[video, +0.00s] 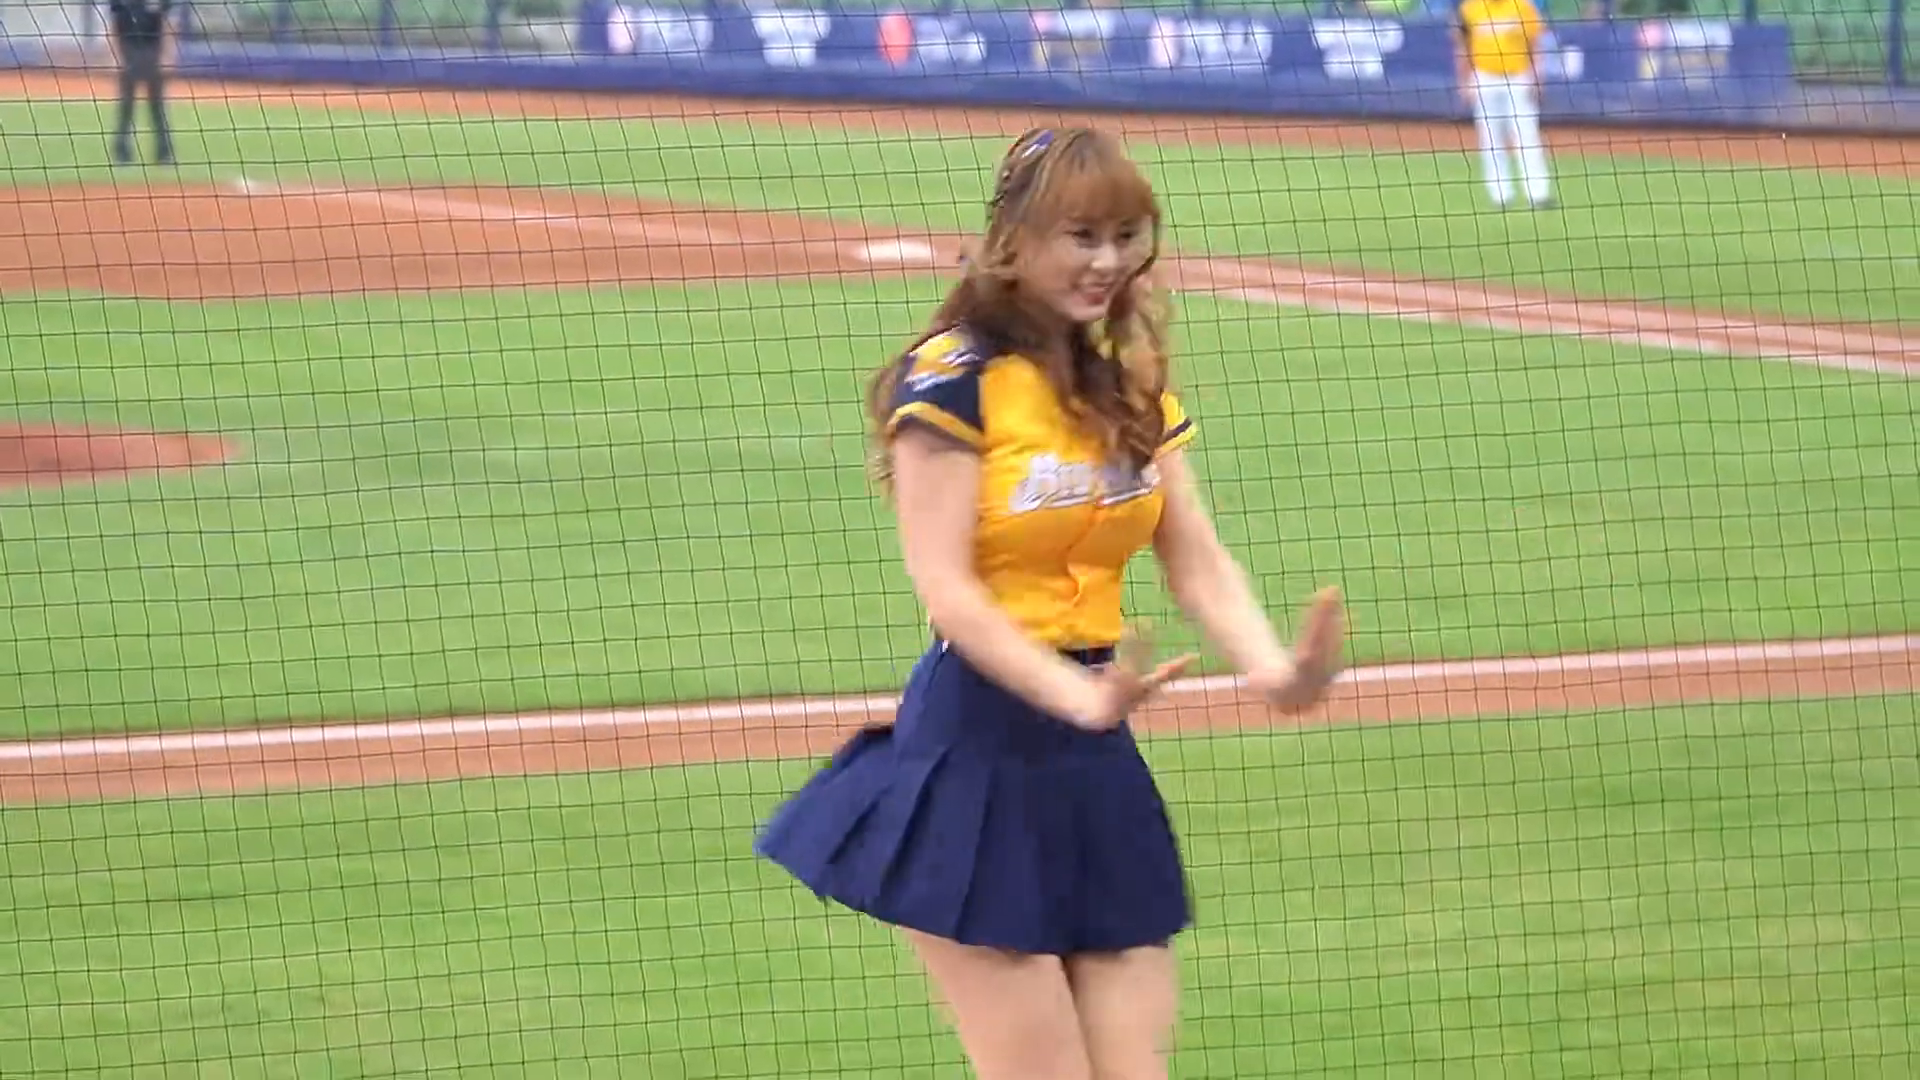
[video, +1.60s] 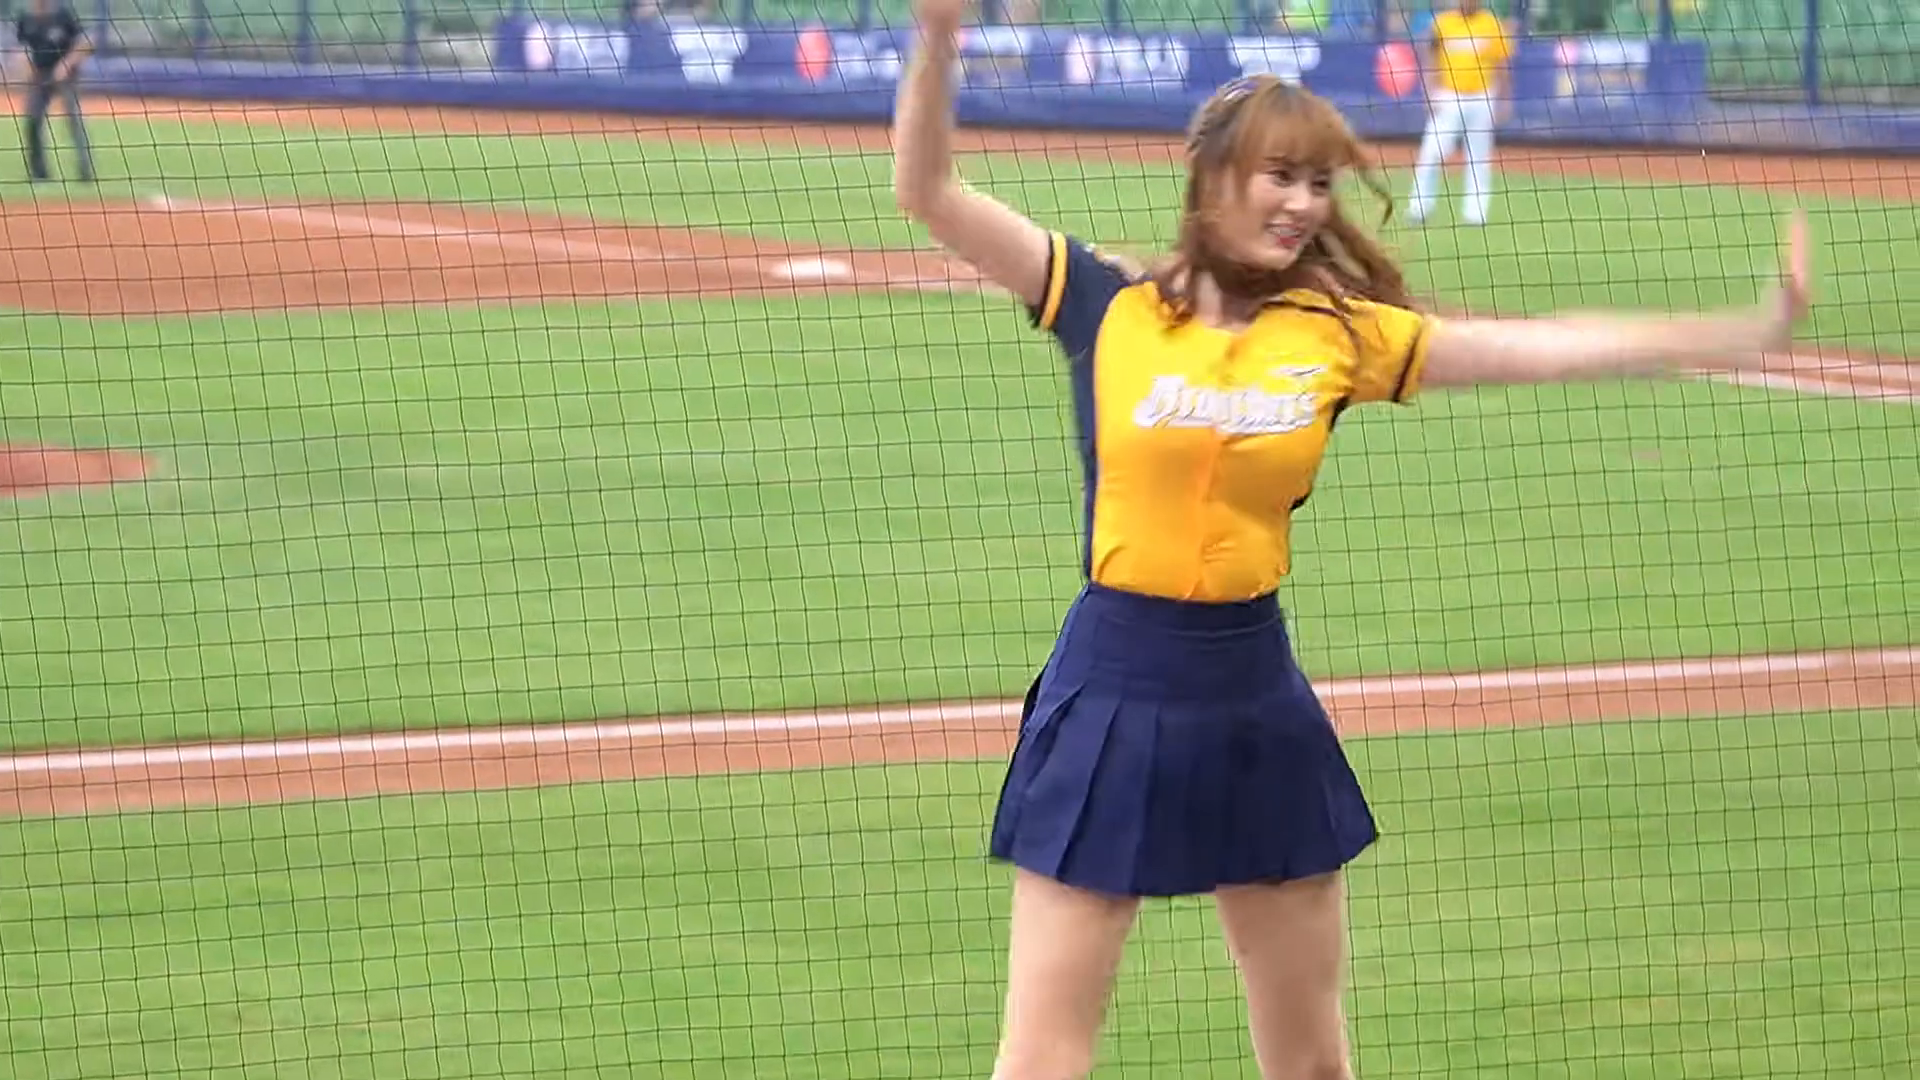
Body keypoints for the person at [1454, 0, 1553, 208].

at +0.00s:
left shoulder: (1521, 6)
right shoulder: (1468, 9)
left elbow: (1535, 40)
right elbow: (1461, 47)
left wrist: (1537, 76)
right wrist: (1464, 81)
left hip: (1519, 75)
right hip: (1484, 77)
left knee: (1527, 134)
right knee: (1491, 138)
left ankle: (1538, 190)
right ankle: (1500, 191)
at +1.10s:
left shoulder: (1520, 5)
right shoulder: (1467, 5)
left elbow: (1528, 39)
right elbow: (1452, 30)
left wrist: (1526, 71)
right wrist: (1455, 71)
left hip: (1510, 71)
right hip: (1476, 71)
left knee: (1518, 130)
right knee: (1474, 131)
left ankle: (1528, 185)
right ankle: (1473, 186)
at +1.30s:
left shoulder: (1499, 5)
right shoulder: (1448, 6)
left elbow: (1510, 38)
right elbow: (1442, 36)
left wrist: (1507, 74)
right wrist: (1439, 70)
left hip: (1491, 75)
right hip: (1457, 73)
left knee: (1493, 135)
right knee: (1447, 135)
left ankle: (1497, 190)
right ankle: (1441, 189)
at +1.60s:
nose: (1467, 4)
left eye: (1471, 1)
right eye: (1463, 1)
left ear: (1478, 2)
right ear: (1457, 2)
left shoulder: (1491, 24)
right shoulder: (1442, 23)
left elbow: (1503, 67)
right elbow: (1429, 59)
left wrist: (1504, 101)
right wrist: (1431, 93)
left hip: (1481, 99)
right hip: (1447, 98)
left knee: (1479, 155)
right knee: (1431, 151)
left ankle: (1476, 210)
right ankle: (1419, 205)